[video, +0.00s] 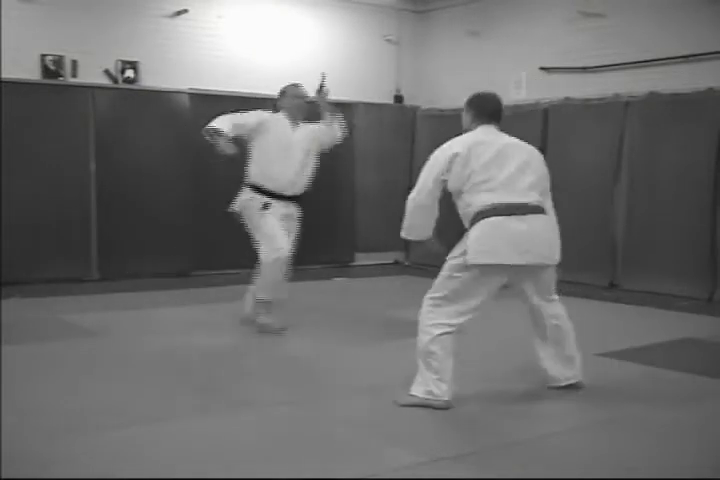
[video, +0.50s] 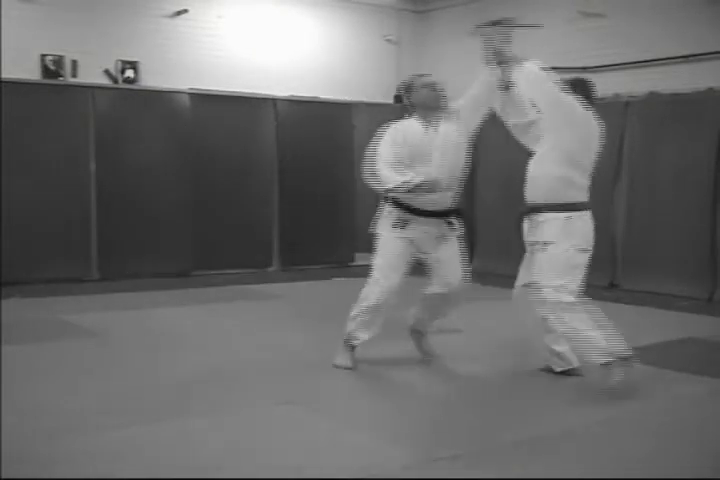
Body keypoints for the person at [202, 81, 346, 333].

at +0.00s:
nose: (302, 103)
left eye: (304, 99)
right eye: (296, 98)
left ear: (307, 104)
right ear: (282, 100)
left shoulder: (312, 133)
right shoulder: (265, 121)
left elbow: (336, 134)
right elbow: (220, 125)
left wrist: (325, 106)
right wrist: (223, 141)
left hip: (289, 207)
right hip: (257, 200)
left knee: (279, 259)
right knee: (277, 249)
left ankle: (251, 308)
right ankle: (262, 309)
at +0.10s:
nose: (320, 99)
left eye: (323, 95)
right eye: (314, 95)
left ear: (328, 99)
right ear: (300, 99)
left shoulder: (336, 126)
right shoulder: (285, 122)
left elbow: (361, 106)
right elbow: (250, 140)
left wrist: (341, 99)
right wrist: (274, 161)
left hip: (326, 209)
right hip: (290, 207)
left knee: (325, 270)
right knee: (303, 266)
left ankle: (298, 293)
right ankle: (307, 324)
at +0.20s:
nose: (339, 102)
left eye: (341, 97)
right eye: (332, 97)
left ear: (344, 100)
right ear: (317, 100)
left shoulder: (357, 127)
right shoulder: (301, 129)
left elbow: (380, 93)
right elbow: (275, 161)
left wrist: (353, 95)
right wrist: (296, 164)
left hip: (348, 209)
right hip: (311, 208)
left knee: (359, 268)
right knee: (315, 276)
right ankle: (308, 325)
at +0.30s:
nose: (376, 99)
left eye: (376, 93)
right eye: (368, 94)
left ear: (379, 95)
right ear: (352, 97)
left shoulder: (391, 125)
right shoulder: (333, 128)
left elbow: (415, 88)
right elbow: (302, 159)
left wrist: (392, 93)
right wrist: (322, 169)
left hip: (384, 213)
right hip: (344, 213)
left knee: (401, 276)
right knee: (341, 282)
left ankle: (404, 338)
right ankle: (316, 318)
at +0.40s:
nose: (398, 92)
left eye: (399, 87)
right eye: (389, 87)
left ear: (403, 92)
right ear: (373, 95)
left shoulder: (417, 122)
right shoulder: (357, 128)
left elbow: (448, 84)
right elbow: (325, 158)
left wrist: (418, 80)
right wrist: (333, 178)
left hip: (409, 216)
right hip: (368, 216)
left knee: (416, 284)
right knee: (364, 279)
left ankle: (408, 339)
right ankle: (337, 328)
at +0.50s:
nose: (439, 91)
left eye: (438, 87)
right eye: (430, 87)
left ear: (440, 96)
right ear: (410, 97)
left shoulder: (455, 126)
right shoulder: (395, 132)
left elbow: (480, 96)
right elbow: (378, 174)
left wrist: (497, 68)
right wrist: (415, 182)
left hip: (441, 225)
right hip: (400, 221)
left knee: (452, 283)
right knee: (384, 285)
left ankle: (419, 326)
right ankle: (350, 343)